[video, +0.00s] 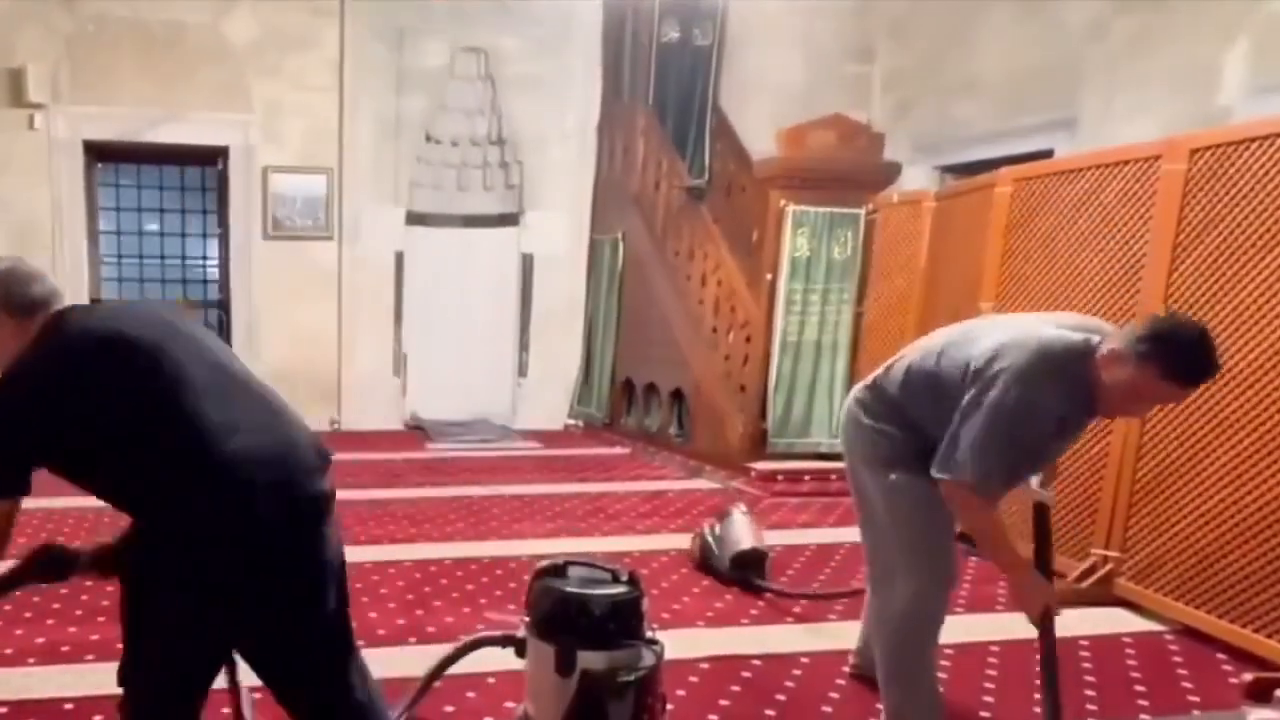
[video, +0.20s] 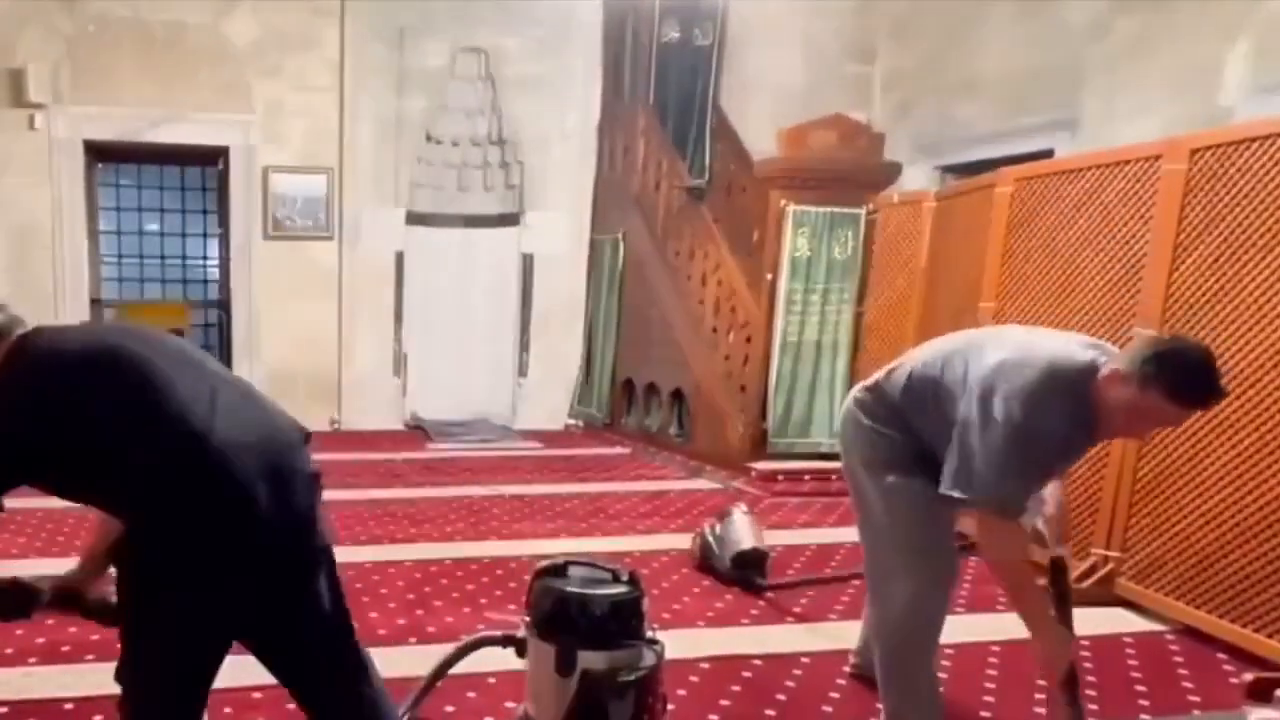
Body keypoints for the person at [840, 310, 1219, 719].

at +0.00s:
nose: (1144, 413)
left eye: (1158, 405)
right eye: (1149, 398)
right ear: (1122, 360)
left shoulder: (1101, 346)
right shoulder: (1031, 373)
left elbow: (1059, 417)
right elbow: (960, 485)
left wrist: (1038, 467)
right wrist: (1020, 575)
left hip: (930, 429)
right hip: (888, 428)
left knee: (910, 557)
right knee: (921, 577)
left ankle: (874, 657)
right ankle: (912, 707)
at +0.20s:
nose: (1147, 434)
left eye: (1161, 427)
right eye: (1150, 418)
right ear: (1124, 382)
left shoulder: (1102, 382)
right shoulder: (1029, 392)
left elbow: (1053, 456)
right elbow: (995, 529)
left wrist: (1050, 526)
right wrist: (1046, 633)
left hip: (941, 430)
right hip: (888, 428)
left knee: (916, 559)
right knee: (918, 582)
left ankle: (875, 654)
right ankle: (910, 708)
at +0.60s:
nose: (1153, 393)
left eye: (1165, 384)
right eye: (1156, 377)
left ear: (1123, 339)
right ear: (1123, 343)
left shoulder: (1094, 354)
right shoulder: (1033, 360)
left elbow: (1027, 419)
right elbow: (964, 479)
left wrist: (1024, 468)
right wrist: (1013, 565)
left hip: (936, 426)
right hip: (889, 422)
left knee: (918, 565)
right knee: (900, 586)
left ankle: (876, 655)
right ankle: (909, 709)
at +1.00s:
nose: (1189, 347)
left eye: (1199, 335)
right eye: (1191, 330)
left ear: (1146, 302)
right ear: (1157, 308)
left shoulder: (1095, 327)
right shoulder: (1074, 339)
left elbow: (1012, 432)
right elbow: (994, 447)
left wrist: (1022, 513)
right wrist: (1025, 520)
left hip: (916, 421)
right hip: (914, 430)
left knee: (918, 548)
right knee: (969, 565)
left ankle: (882, 655)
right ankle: (923, 707)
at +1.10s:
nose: (1199, 351)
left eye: (1210, 340)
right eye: (1199, 333)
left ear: (1154, 306)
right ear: (1159, 307)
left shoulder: (1103, 322)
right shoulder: (1089, 346)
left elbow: (1013, 427)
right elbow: (1006, 447)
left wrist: (1029, 507)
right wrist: (1035, 522)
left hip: (914, 419)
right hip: (928, 435)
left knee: (929, 550)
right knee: (991, 575)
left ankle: (884, 657)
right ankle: (955, 709)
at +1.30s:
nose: (1238, 388)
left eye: (1252, 379)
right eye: (1247, 370)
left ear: (1215, 325)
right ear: (1224, 334)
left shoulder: (1136, 325)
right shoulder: (1133, 369)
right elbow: (1026, 459)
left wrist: (1060, 498)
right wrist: (1063, 524)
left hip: (925, 418)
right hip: (960, 446)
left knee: (928, 562)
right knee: (1019, 598)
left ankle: (884, 657)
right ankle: (1022, 714)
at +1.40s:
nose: (1260, 393)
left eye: (1270, 383)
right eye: (1269, 378)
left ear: (1243, 337)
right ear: (1248, 348)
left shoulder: (1170, 331)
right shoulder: (1160, 375)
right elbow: (1048, 463)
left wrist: (1080, 487)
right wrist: (1082, 533)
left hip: (936, 415)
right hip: (971, 442)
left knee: (927, 559)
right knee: (1026, 597)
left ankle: (884, 658)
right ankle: (1021, 712)